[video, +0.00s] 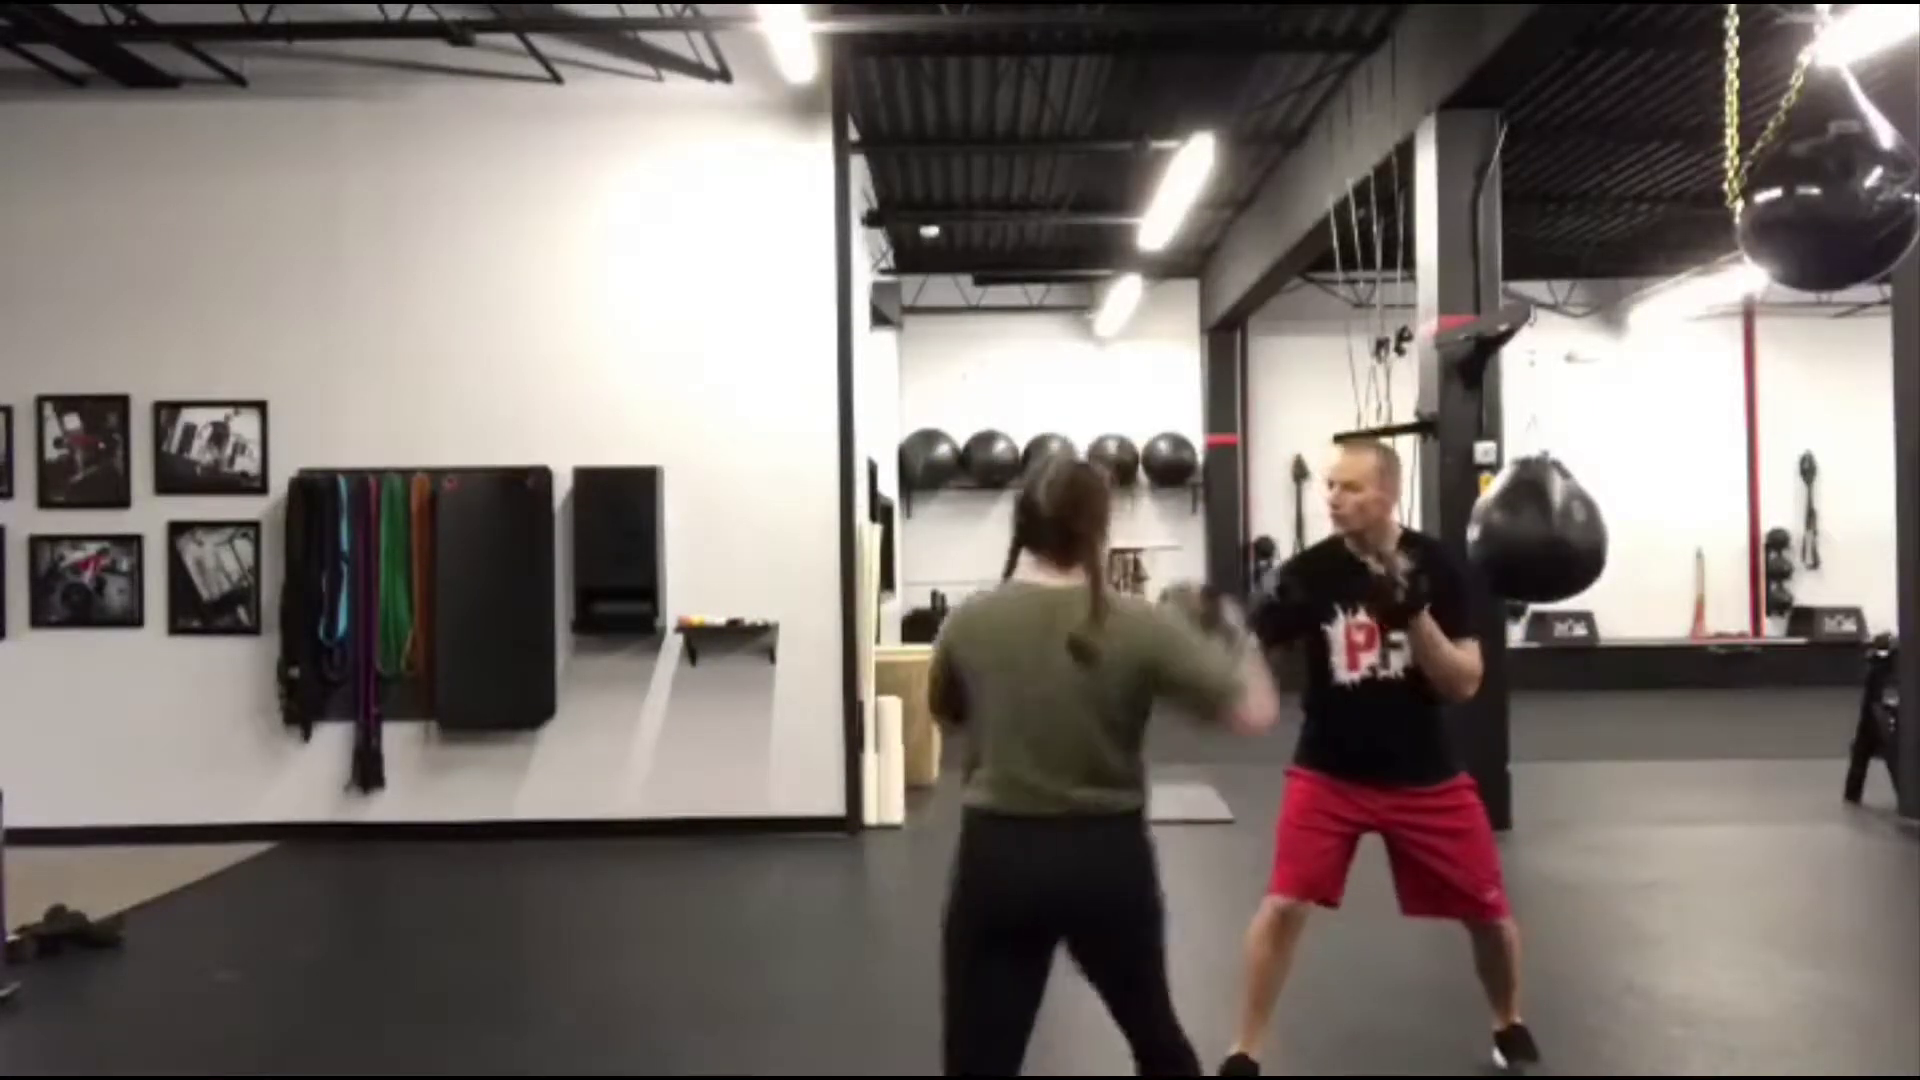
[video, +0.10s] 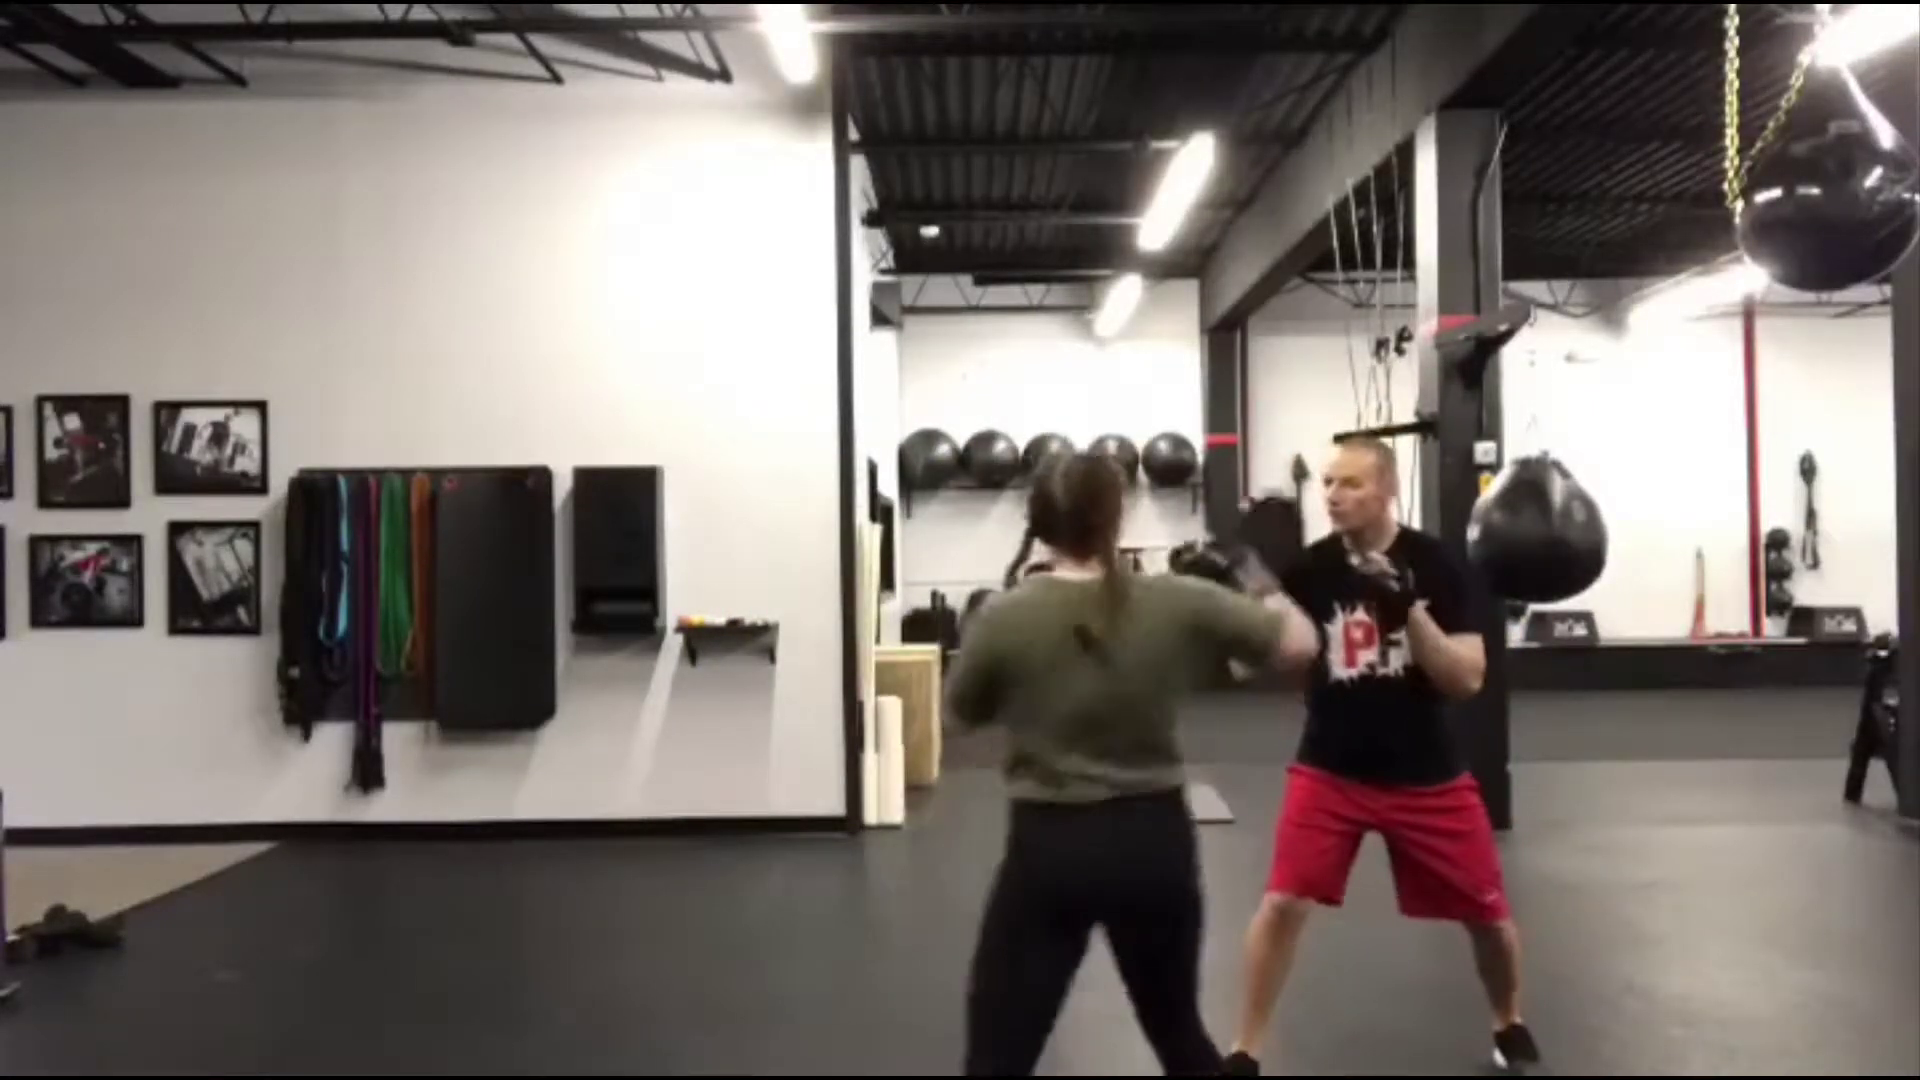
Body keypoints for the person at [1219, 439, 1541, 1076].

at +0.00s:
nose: (1335, 500)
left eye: (1349, 488)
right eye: (1331, 488)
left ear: (1389, 493)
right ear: (1327, 493)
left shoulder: (1439, 566)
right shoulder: (1310, 571)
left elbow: (1464, 680)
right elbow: (1253, 650)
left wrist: (1410, 615)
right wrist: (1258, 694)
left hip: (1429, 778)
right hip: (1327, 775)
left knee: (1491, 917)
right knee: (1284, 905)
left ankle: (1509, 1026)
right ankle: (1245, 1053)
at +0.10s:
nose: (1334, 496)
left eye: (1349, 484)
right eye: (1329, 485)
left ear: (1388, 489)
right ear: (1323, 493)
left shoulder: (1440, 564)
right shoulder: (1309, 570)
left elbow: (1465, 677)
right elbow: (1283, 657)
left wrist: (1407, 608)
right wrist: (1250, 604)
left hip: (1431, 778)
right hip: (1329, 772)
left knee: (1491, 919)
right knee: (1282, 904)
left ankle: (1510, 1026)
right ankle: (1245, 1052)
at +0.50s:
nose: (1277, 490)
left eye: (1292, 479)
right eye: (1270, 479)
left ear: (1329, 487)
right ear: (1262, 487)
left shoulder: (1373, 555)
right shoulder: (1254, 567)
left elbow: (1379, 634)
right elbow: (1211, 642)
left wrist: (1337, 541)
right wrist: (1228, 586)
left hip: (1386, 779)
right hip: (1284, 776)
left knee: (1456, 924)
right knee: (1253, 905)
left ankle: (1500, 1020)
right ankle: (1242, 1051)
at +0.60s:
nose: (1280, 492)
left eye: (1293, 480)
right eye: (1270, 480)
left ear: (1322, 485)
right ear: (1258, 485)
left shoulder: (1367, 552)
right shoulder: (1253, 564)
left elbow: (1376, 634)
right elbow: (1203, 636)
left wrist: (1327, 545)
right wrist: (1222, 550)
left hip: (1384, 778)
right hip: (1285, 775)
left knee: (1450, 924)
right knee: (1248, 906)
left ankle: (1498, 1022)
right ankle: (1241, 1053)